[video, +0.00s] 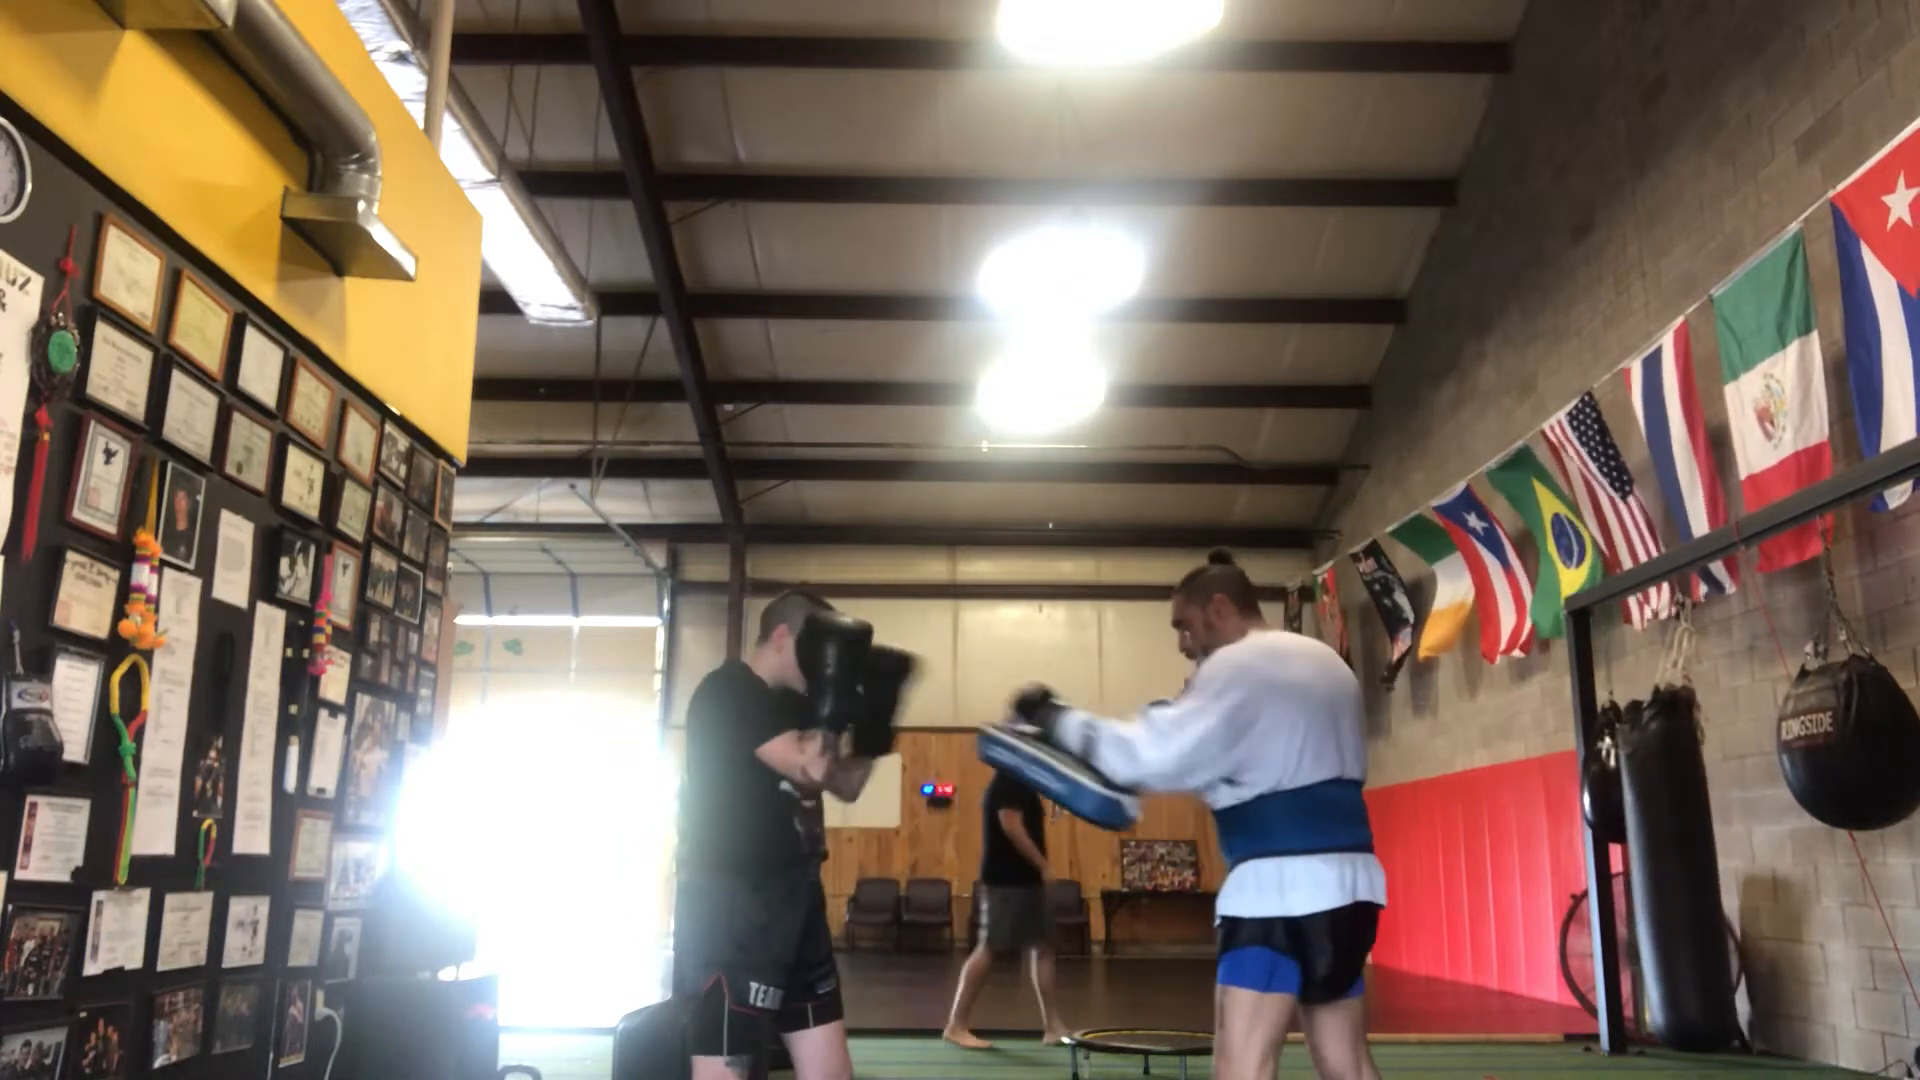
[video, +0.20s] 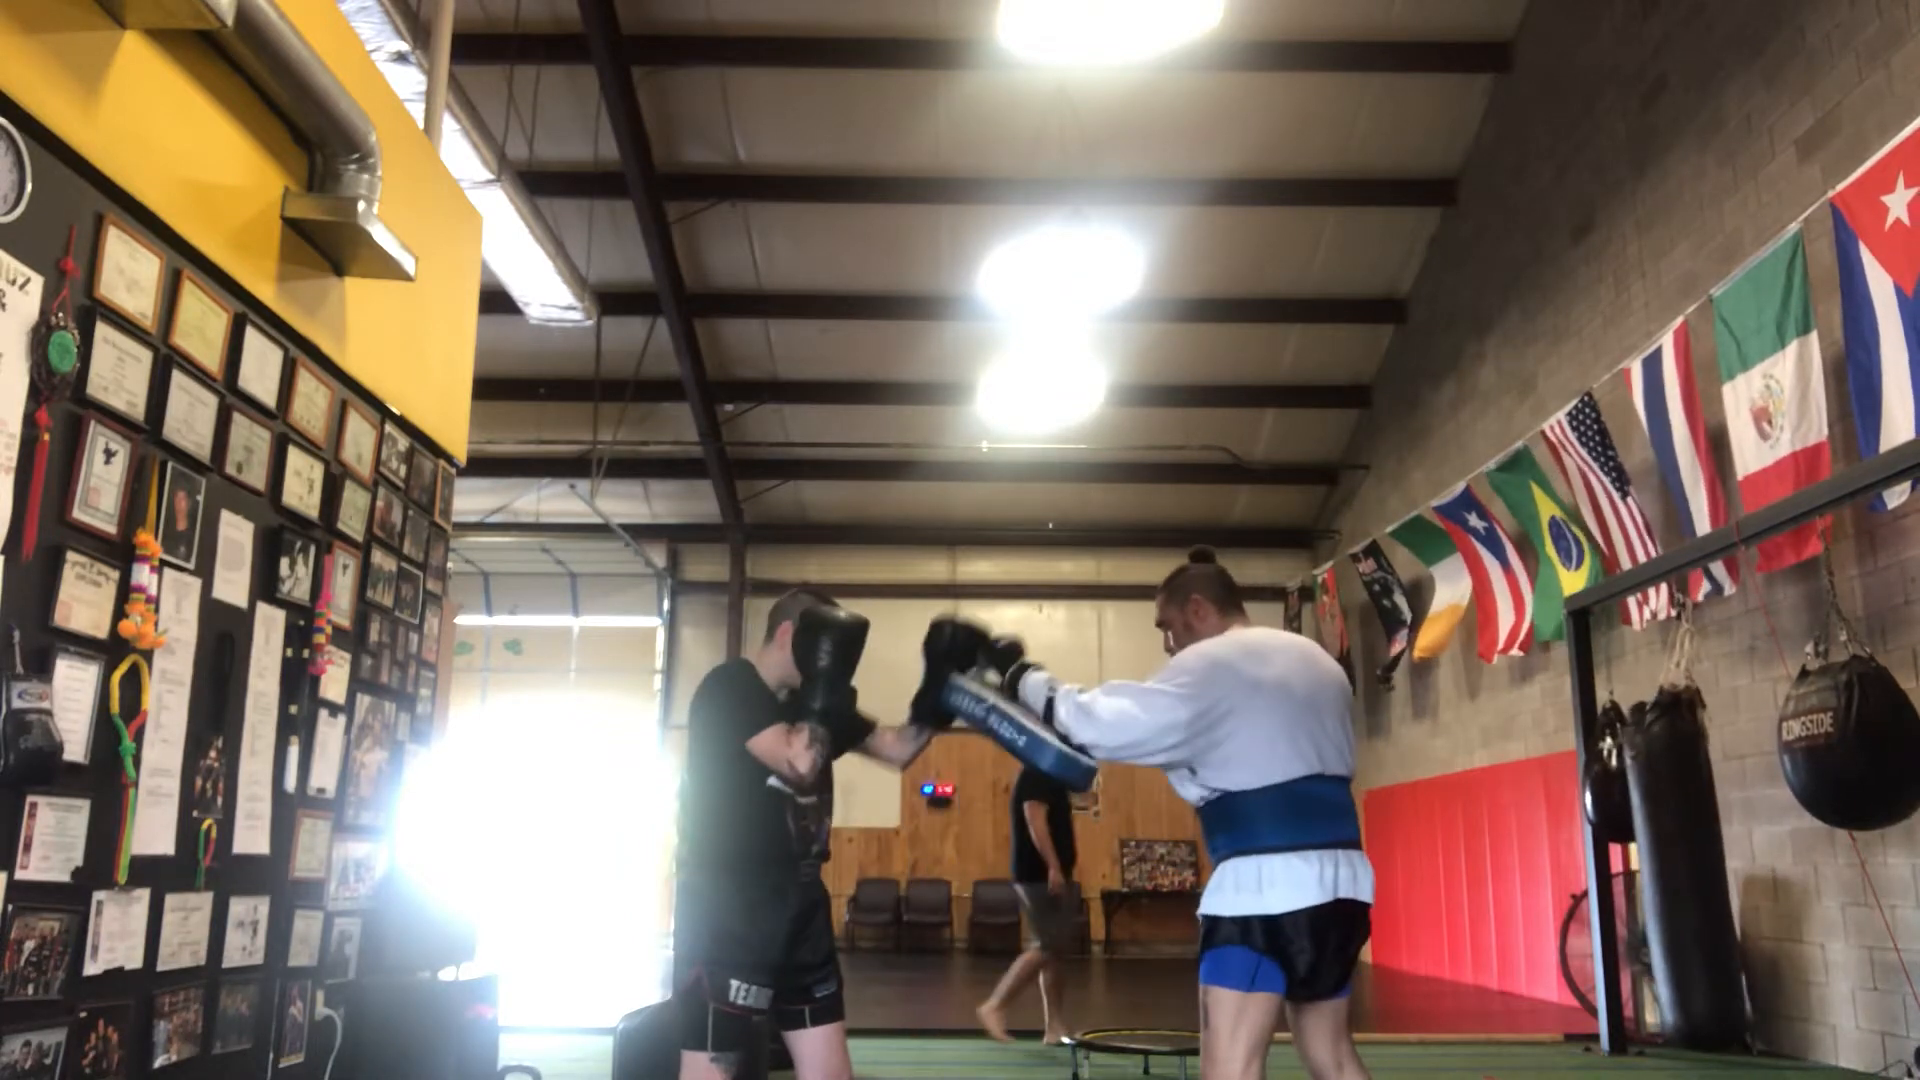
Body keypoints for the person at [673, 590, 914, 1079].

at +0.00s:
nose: (820, 658)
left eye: (825, 646)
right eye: (814, 644)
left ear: (786, 640)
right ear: (783, 637)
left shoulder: (795, 703)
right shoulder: (726, 691)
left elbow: (849, 786)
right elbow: (812, 768)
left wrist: (874, 706)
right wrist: (837, 691)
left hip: (796, 918)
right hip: (731, 918)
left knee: (829, 1070)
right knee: (722, 1071)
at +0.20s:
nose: (825, 656)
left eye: (831, 646)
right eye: (819, 643)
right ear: (787, 633)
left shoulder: (809, 703)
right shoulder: (727, 688)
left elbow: (897, 749)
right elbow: (800, 764)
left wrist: (942, 679)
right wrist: (824, 679)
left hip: (801, 913)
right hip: (729, 913)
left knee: (828, 1069)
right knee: (710, 1069)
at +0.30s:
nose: (824, 657)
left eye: (831, 648)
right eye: (819, 644)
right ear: (787, 633)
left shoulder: (810, 696)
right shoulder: (728, 687)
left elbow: (913, 720)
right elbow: (798, 763)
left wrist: (962, 656)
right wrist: (822, 680)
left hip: (797, 909)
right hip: (727, 910)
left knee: (825, 1069)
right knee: (706, 1069)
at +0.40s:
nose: (824, 656)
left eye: (831, 645)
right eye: (819, 642)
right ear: (786, 633)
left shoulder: (815, 695)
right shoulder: (724, 689)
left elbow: (914, 720)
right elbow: (793, 768)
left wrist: (977, 678)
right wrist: (820, 686)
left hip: (796, 910)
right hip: (725, 913)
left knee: (823, 1070)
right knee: (713, 1071)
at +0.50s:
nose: (823, 662)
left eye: (828, 651)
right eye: (816, 647)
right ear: (782, 636)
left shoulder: (812, 705)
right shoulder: (720, 691)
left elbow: (888, 770)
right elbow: (775, 779)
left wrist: (948, 728)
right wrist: (816, 702)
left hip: (797, 913)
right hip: (724, 915)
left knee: (824, 1070)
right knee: (715, 1070)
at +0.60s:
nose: (822, 664)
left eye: (828, 653)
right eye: (817, 649)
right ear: (776, 637)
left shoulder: (801, 717)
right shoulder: (717, 691)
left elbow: (843, 807)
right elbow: (760, 785)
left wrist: (896, 755)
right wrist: (816, 711)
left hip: (794, 908)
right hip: (723, 909)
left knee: (824, 1069)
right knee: (716, 1070)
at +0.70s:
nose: (812, 670)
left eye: (818, 659)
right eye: (809, 655)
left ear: (775, 643)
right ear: (773, 640)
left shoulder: (783, 710)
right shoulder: (708, 694)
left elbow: (834, 797)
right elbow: (772, 780)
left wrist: (871, 721)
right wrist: (822, 703)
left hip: (786, 907)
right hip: (720, 909)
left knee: (822, 1069)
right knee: (713, 1070)